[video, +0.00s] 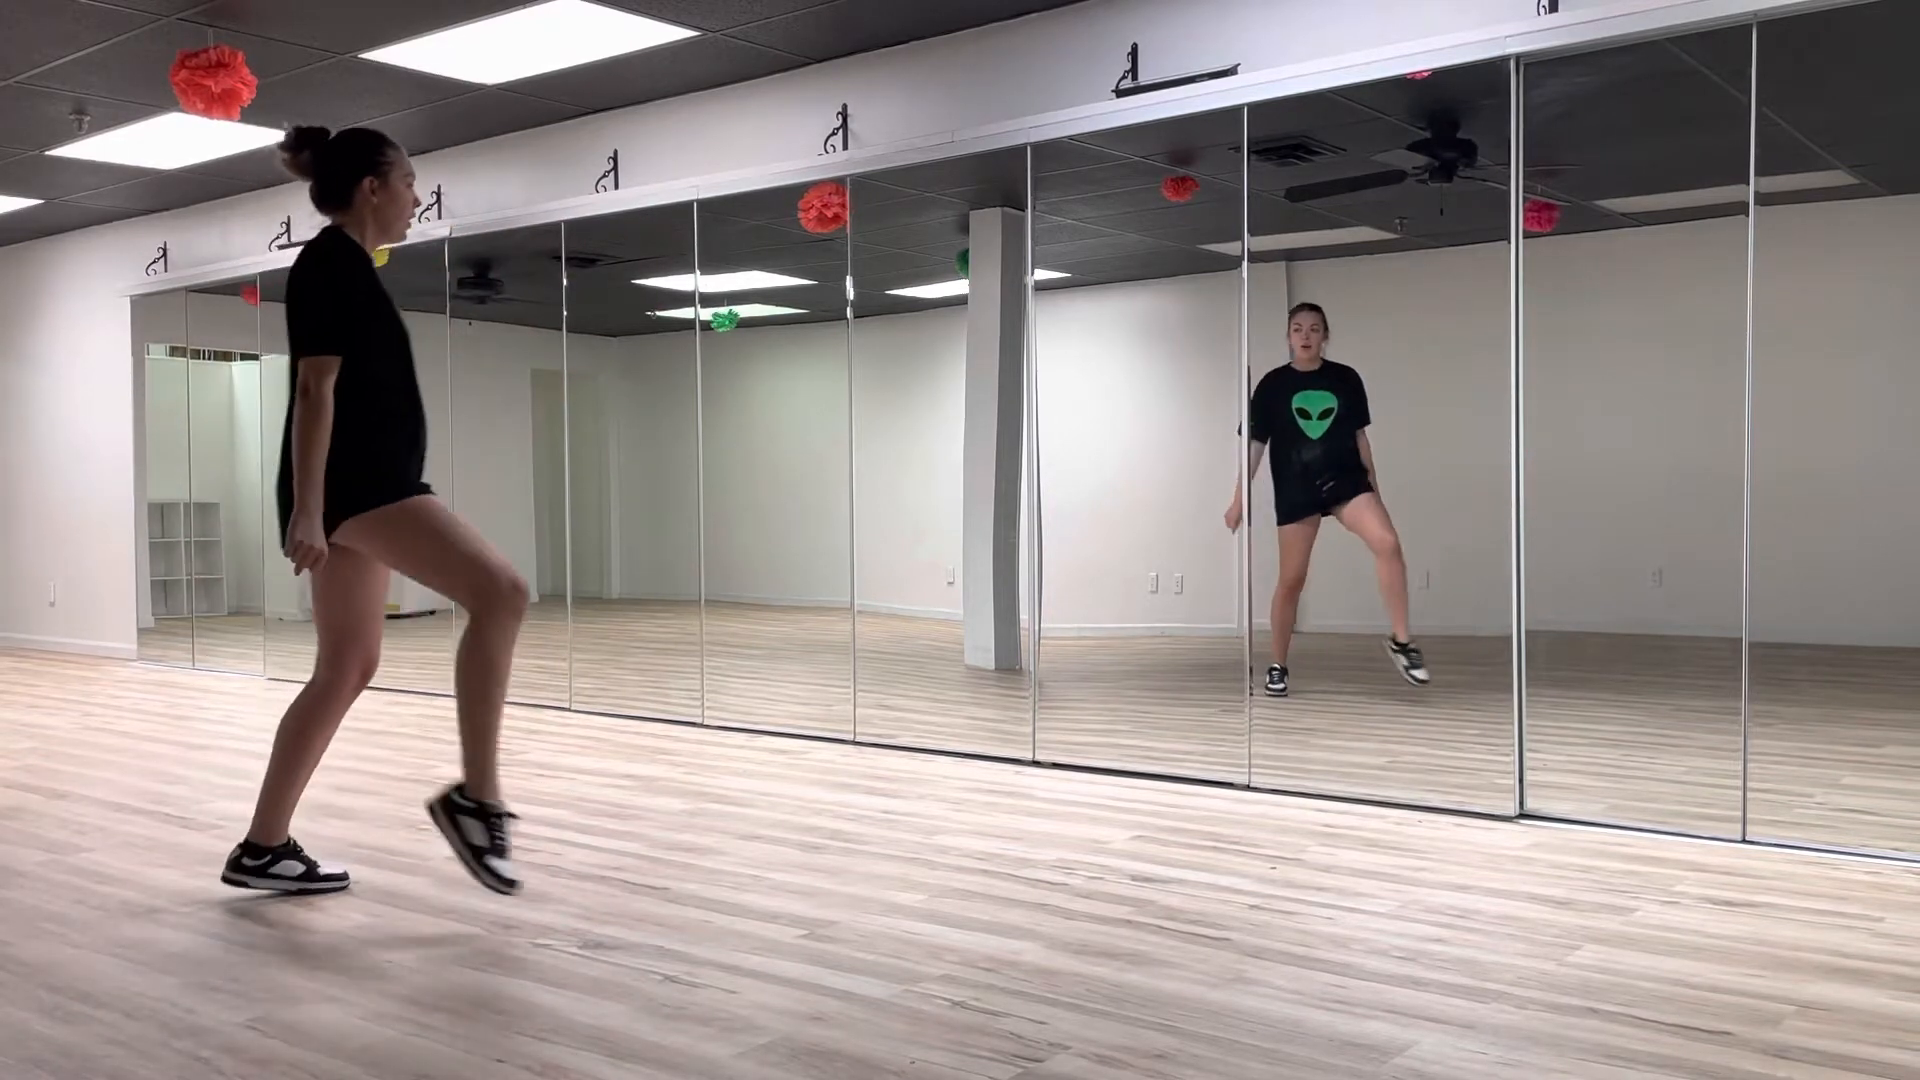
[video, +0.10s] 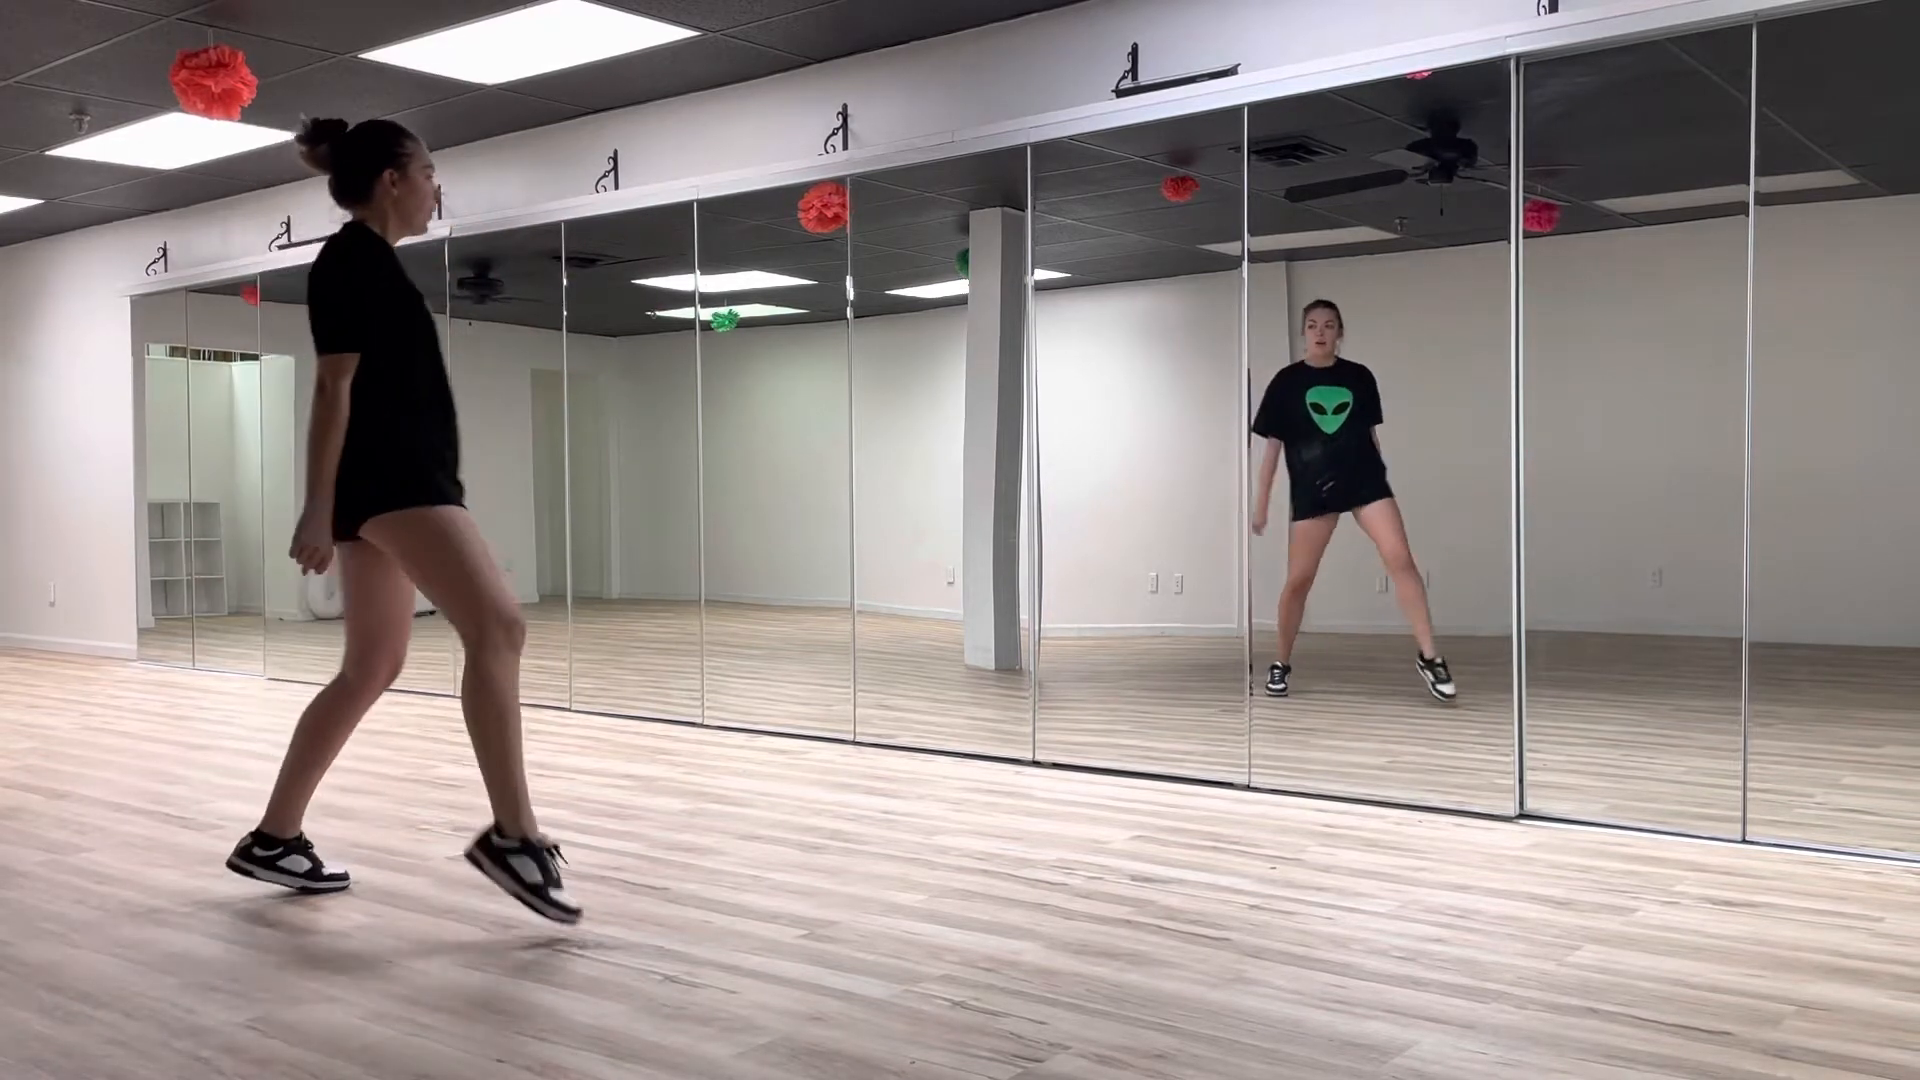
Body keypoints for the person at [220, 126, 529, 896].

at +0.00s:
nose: (417, 197)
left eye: (414, 183)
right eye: (408, 183)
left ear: (355, 192)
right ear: (371, 189)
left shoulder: (346, 264)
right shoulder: (330, 264)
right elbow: (315, 390)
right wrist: (307, 508)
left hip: (347, 489)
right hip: (367, 485)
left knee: (344, 667)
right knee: (501, 593)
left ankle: (264, 842)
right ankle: (479, 798)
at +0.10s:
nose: (438, 187)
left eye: (434, 173)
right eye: (427, 173)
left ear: (380, 184)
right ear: (391, 182)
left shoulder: (372, 261)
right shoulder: (352, 259)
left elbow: (369, 388)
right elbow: (333, 385)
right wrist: (319, 506)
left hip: (373, 481)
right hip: (395, 480)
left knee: (370, 667)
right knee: (497, 626)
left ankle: (275, 835)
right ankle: (515, 835)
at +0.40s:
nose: (482, 227)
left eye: (479, 213)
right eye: (476, 213)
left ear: (420, 219)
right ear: (444, 216)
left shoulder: (397, 296)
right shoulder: (427, 296)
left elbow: (374, 432)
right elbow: (417, 425)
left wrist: (361, 545)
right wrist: (424, 545)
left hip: (418, 522)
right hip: (476, 521)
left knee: (427, 688)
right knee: (539, 683)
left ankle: (309, 849)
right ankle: (492, 889)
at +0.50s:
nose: (475, 207)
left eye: (472, 193)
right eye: (469, 193)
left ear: (406, 201)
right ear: (442, 195)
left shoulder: (375, 285)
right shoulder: (439, 276)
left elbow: (356, 411)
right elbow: (436, 397)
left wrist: (350, 516)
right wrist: (444, 512)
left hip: (391, 507)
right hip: (470, 503)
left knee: (416, 681)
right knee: (522, 669)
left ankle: (344, 862)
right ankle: (503, 871)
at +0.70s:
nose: (466, 221)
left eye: (463, 208)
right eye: (462, 207)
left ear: (391, 216)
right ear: (440, 210)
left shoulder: (345, 299)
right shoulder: (456, 286)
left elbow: (322, 421)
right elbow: (449, 403)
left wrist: (312, 526)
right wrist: (454, 517)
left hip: (360, 509)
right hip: (457, 500)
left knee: (389, 683)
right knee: (565, 632)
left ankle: (342, 867)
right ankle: (531, 770)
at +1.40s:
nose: (465, 224)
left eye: (437, 214)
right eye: (467, 215)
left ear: (399, 218)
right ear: (465, 218)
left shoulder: (367, 291)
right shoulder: (496, 292)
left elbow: (399, 399)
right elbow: (551, 397)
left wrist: (417, 501)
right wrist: (603, 482)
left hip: (413, 495)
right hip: (501, 489)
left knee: (401, 680)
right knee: (515, 628)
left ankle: (440, 852)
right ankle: (613, 753)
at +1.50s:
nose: (447, 230)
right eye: (448, 221)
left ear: (378, 224)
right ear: (446, 225)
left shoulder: (356, 292)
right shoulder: (472, 298)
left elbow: (383, 403)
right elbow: (528, 402)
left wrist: (395, 512)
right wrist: (577, 480)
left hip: (403, 506)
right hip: (479, 497)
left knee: (388, 686)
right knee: (442, 617)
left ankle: (439, 853)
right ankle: (564, 703)